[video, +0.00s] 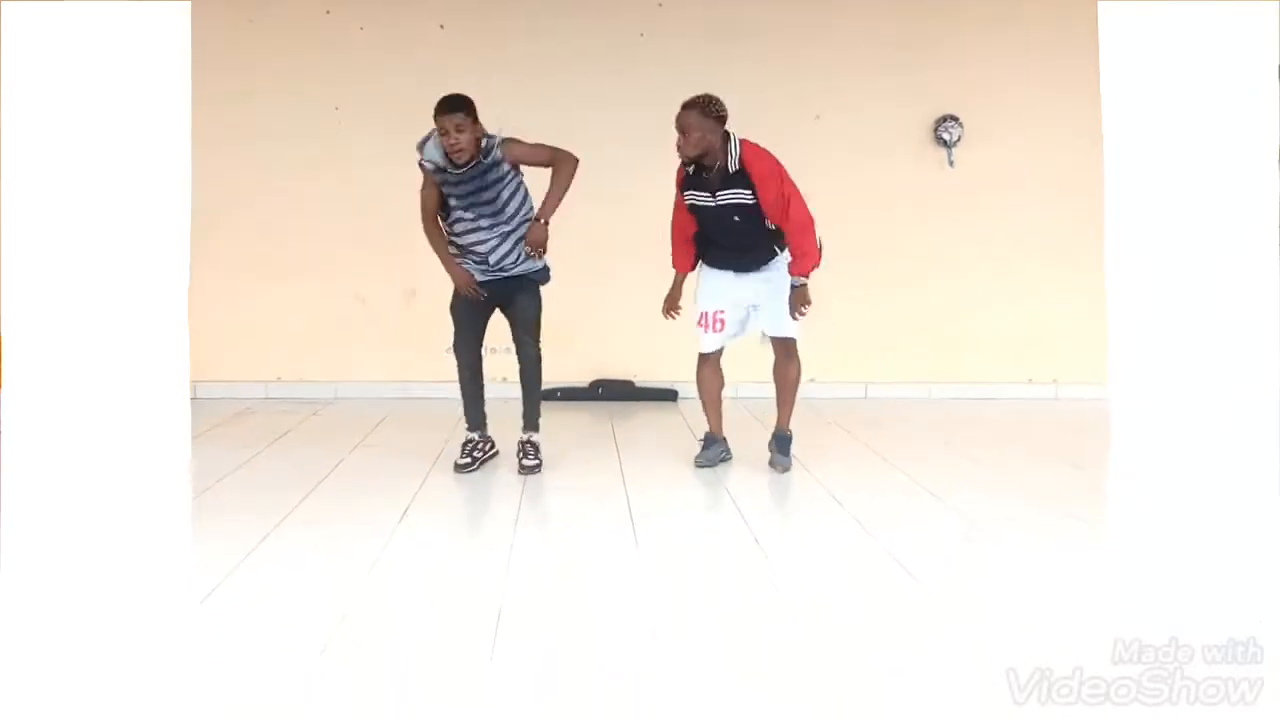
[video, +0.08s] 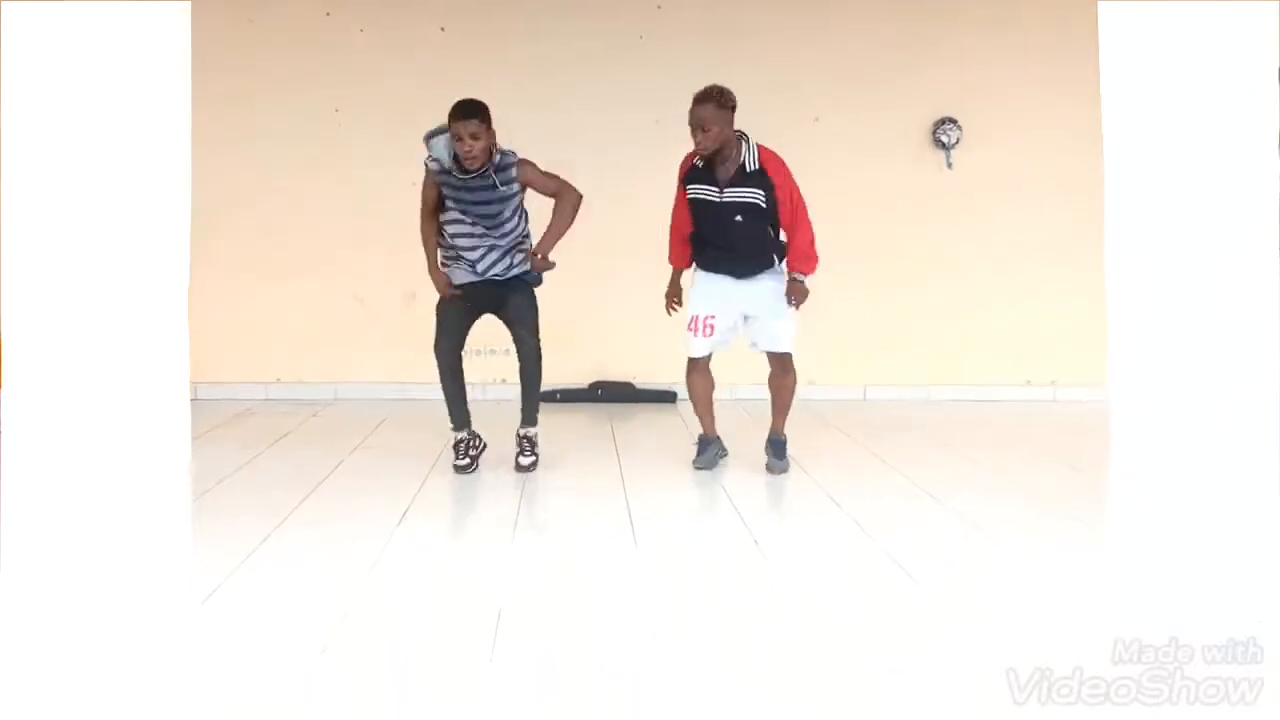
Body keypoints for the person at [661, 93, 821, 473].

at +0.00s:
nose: (678, 141)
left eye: (686, 133)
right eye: (678, 132)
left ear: (714, 131)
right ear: (687, 132)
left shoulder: (757, 163)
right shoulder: (688, 174)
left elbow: (796, 215)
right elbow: (684, 228)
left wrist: (800, 279)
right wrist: (678, 282)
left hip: (772, 268)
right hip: (718, 272)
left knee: (785, 346)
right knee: (708, 351)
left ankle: (782, 433)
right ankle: (715, 438)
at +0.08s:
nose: (697, 139)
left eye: (706, 130)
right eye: (693, 130)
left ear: (731, 126)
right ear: (691, 126)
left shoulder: (767, 164)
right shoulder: (692, 167)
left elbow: (797, 218)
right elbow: (682, 222)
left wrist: (799, 273)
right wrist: (676, 276)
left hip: (765, 277)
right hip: (712, 277)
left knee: (781, 358)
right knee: (697, 358)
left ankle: (777, 436)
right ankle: (709, 438)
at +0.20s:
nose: (731, 130)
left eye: (739, 121)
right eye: (724, 121)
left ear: (753, 114)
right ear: (713, 115)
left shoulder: (778, 150)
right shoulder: (695, 150)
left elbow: (791, 186)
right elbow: (677, 193)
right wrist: (657, 232)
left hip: (767, 266)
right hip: (715, 267)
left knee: (782, 351)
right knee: (708, 354)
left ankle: (777, 432)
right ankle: (707, 437)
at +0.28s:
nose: (735, 129)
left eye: (743, 120)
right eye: (727, 119)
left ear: (757, 114)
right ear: (717, 114)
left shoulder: (782, 152)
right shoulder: (697, 147)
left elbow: (802, 197)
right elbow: (669, 183)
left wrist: (804, 244)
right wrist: (641, 220)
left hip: (767, 260)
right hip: (715, 261)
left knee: (788, 337)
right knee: (704, 344)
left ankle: (780, 424)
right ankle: (704, 432)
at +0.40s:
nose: (747, 143)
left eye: (756, 135)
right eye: (740, 134)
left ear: (768, 131)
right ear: (728, 128)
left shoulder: (786, 174)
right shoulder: (704, 160)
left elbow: (804, 230)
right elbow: (660, 190)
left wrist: (819, 286)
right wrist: (616, 222)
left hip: (765, 283)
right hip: (714, 279)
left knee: (778, 368)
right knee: (710, 365)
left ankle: (792, 463)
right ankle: (703, 461)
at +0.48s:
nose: (750, 161)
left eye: (759, 153)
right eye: (743, 151)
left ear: (772, 150)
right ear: (732, 146)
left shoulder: (790, 192)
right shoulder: (707, 179)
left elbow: (815, 232)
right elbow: (664, 196)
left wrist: (827, 268)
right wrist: (622, 218)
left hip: (768, 304)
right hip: (717, 301)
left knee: (788, 381)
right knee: (704, 379)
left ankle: (801, 472)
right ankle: (698, 473)